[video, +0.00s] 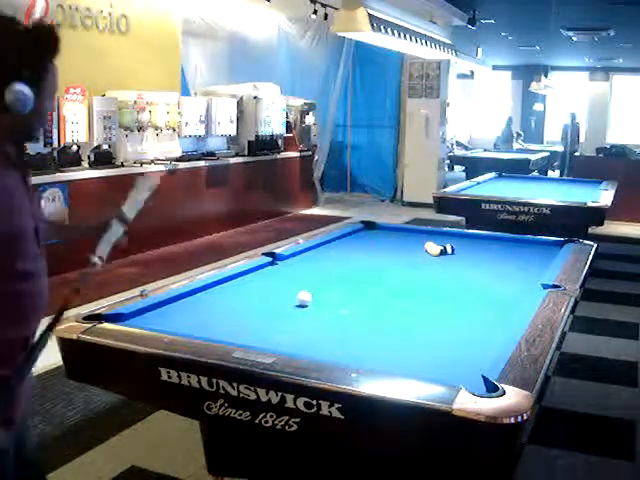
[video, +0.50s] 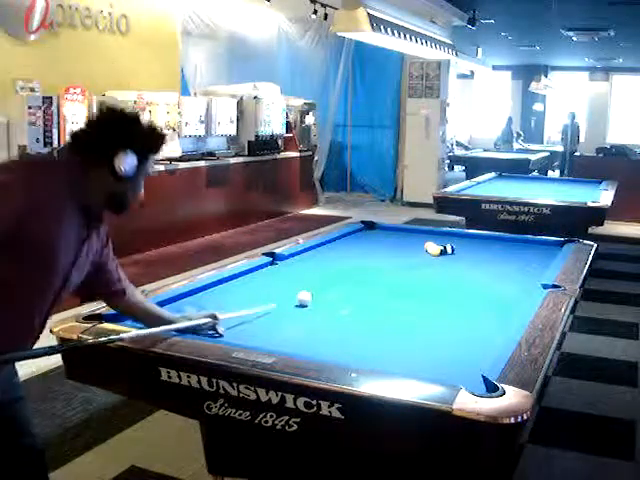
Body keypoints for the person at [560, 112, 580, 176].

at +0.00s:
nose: (572, 119)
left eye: (573, 118)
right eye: (571, 117)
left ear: (575, 118)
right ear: (570, 117)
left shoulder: (577, 126)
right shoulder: (566, 125)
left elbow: (578, 136)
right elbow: (563, 135)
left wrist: (577, 145)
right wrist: (563, 142)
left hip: (573, 146)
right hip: (566, 145)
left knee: (571, 160)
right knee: (564, 160)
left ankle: (569, 173)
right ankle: (561, 173)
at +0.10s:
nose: (571, 118)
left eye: (573, 117)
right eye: (570, 117)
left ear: (575, 117)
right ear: (569, 117)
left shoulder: (576, 125)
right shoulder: (565, 125)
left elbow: (578, 135)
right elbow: (563, 134)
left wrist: (577, 143)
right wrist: (562, 142)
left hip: (573, 146)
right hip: (566, 145)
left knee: (571, 160)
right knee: (563, 160)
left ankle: (570, 173)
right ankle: (562, 173)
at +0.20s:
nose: (571, 118)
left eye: (573, 117)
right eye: (570, 117)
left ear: (575, 117)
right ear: (569, 117)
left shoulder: (576, 125)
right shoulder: (565, 125)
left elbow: (578, 135)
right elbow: (563, 134)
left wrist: (577, 143)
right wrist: (562, 142)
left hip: (573, 146)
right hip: (566, 145)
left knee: (571, 160)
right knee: (563, 160)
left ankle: (570, 173)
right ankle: (562, 173)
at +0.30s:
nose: (571, 119)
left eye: (573, 117)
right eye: (570, 117)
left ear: (574, 117)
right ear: (568, 117)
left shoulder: (576, 126)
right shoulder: (565, 125)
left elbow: (578, 135)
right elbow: (563, 134)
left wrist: (577, 143)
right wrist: (562, 142)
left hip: (573, 145)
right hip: (566, 145)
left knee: (571, 159)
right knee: (563, 159)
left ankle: (570, 172)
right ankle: (562, 173)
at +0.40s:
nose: (571, 119)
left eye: (573, 117)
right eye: (570, 117)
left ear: (574, 117)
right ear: (568, 117)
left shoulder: (576, 125)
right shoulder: (565, 125)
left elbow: (578, 135)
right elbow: (563, 134)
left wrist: (577, 143)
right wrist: (562, 142)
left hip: (573, 145)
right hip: (566, 145)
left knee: (571, 159)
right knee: (563, 159)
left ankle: (570, 172)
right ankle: (562, 173)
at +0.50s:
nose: (571, 119)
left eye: (572, 117)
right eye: (570, 117)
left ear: (574, 117)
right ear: (568, 117)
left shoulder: (576, 126)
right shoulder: (565, 125)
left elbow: (578, 135)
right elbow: (563, 134)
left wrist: (577, 143)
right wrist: (562, 142)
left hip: (573, 145)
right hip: (566, 145)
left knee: (571, 160)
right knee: (563, 160)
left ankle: (570, 173)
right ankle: (562, 173)